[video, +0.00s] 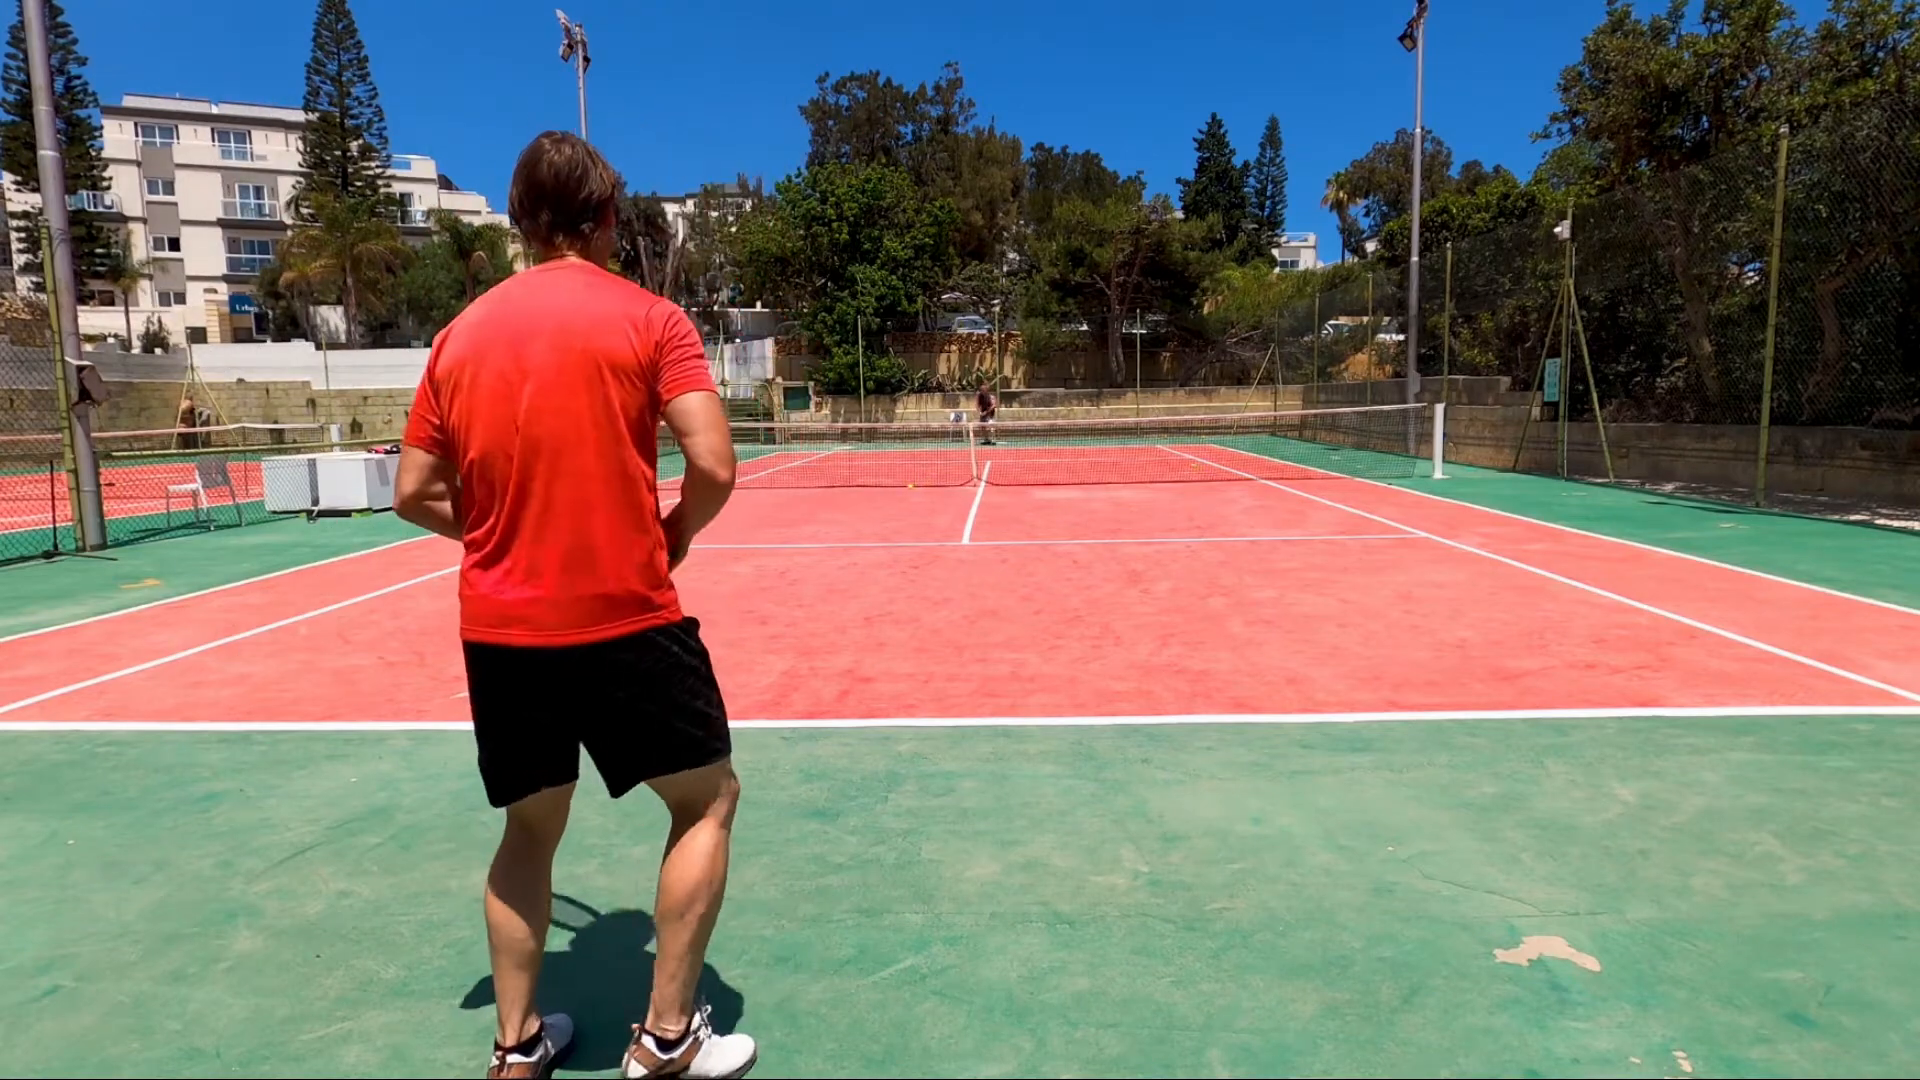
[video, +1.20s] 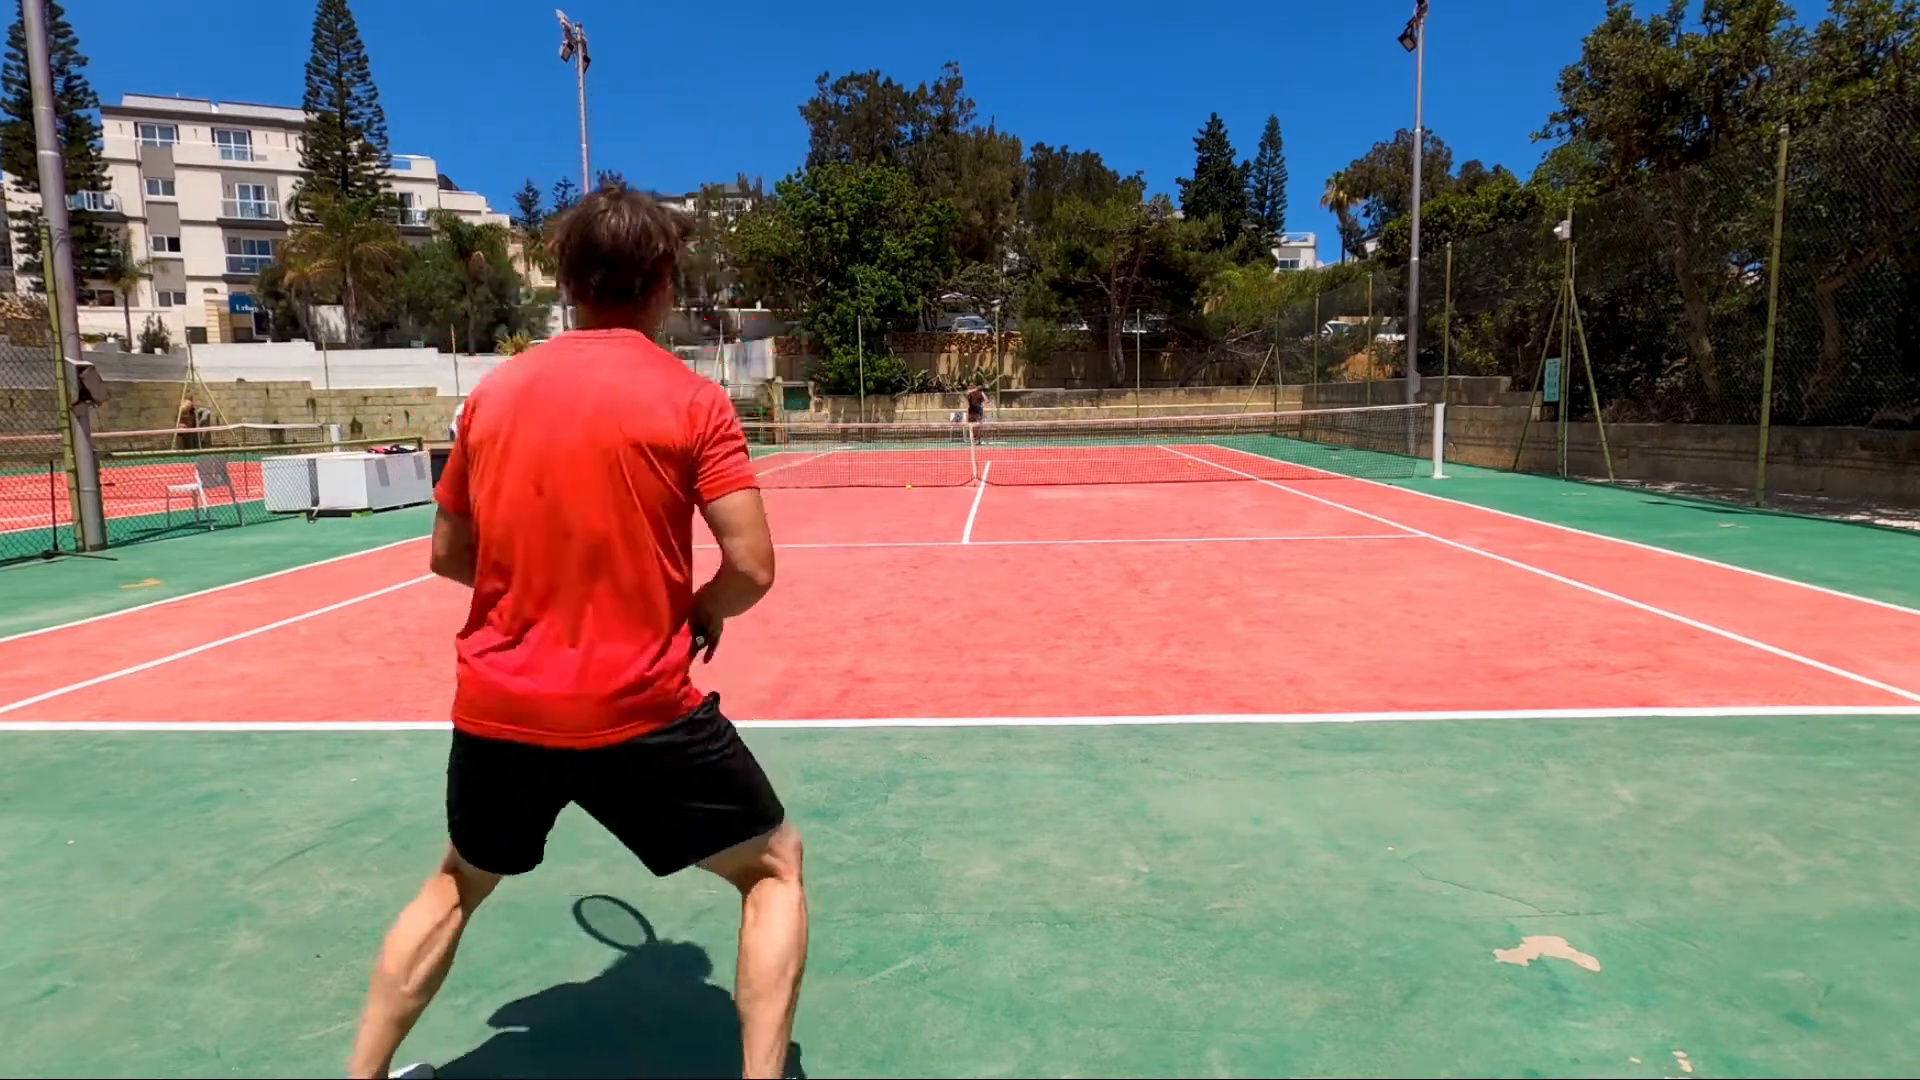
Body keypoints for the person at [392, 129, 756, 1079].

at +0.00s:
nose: (620, 231)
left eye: (614, 219)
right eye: (617, 218)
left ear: (521, 222)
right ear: (606, 219)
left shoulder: (461, 335)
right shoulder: (649, 317)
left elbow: (418, 494)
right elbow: (713, 466)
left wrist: (504, 522)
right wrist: (677, 531)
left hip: (505, 630)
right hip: (628, 621)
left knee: (529, 824)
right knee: (704, 800)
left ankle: (514, 1039)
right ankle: (666, 1032)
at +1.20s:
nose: (676, 287)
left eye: (669, 271)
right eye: (673, 273)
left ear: (568, 283)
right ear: (663, 285)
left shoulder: (498, 389)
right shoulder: (689, 397)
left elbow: (449, 554)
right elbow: (752, 566)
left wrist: (545, 578)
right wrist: (695, 615)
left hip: (498, 708)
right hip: (637, 710)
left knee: (457, 877)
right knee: (769, 865)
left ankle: (362, 1069)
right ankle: (764, 1072)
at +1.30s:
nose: (695, 322)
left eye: (689, 306)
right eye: (693, 308)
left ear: (589, 316)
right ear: (682, 320)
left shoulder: (522, 426)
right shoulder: (686, 434)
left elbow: (520, 575)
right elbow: (735, 608)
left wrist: (669, 617)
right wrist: (731, 654)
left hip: (488, 740)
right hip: (620, 742)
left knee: (463, 880)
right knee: (810, 860)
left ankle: (360, 1068)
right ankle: (763, 1072)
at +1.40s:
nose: (757, 323)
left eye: (755, 309)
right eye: (754, 309)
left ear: (657, 316)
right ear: (743, 318)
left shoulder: (598, 414)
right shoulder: (732, 426)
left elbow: (597, 596)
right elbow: (763, 607)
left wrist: (718, 642)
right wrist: (788, 672)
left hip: (526, 733)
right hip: (651, 740)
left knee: (491, 891)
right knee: (847, 867)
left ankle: (363, 1070)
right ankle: (785, 1072)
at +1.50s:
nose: (858, 286)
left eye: (853, 271)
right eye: (855, 272)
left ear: (758, 277)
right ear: (843, 282)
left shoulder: (705, 377)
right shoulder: (823, 398)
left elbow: (707, 541)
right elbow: (835, 590)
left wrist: (808, 622)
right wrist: (886, 669)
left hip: (618, 701)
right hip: (725, 720)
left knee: (582, 881)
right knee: (876, 900)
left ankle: (402, 1053)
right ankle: (782, 1074)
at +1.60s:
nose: (959, 267)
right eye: (959, 251)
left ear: (859, 250)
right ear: (951, 263)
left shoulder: (809, 355)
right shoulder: (925, 370)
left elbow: (810, 524)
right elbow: (943, 571)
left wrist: (953, 572)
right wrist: (1016, 661)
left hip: (723, 690)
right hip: (814, 708)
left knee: (776, 866)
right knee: (898, 915)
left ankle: (581, 1001)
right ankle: (785, 1073)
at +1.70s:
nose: (1060, 234)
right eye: (1058, 220)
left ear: (956, 222)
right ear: (1048, 229)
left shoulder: (920, 322)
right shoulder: (1025, 326)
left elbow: (1009, 507)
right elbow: (1046, 504)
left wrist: (1138, 561)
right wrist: (1158, 596)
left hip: (829, 662)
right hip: (914, 678)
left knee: (939, 866)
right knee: (963, 924)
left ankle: (899, 1026)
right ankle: (815, 1067)